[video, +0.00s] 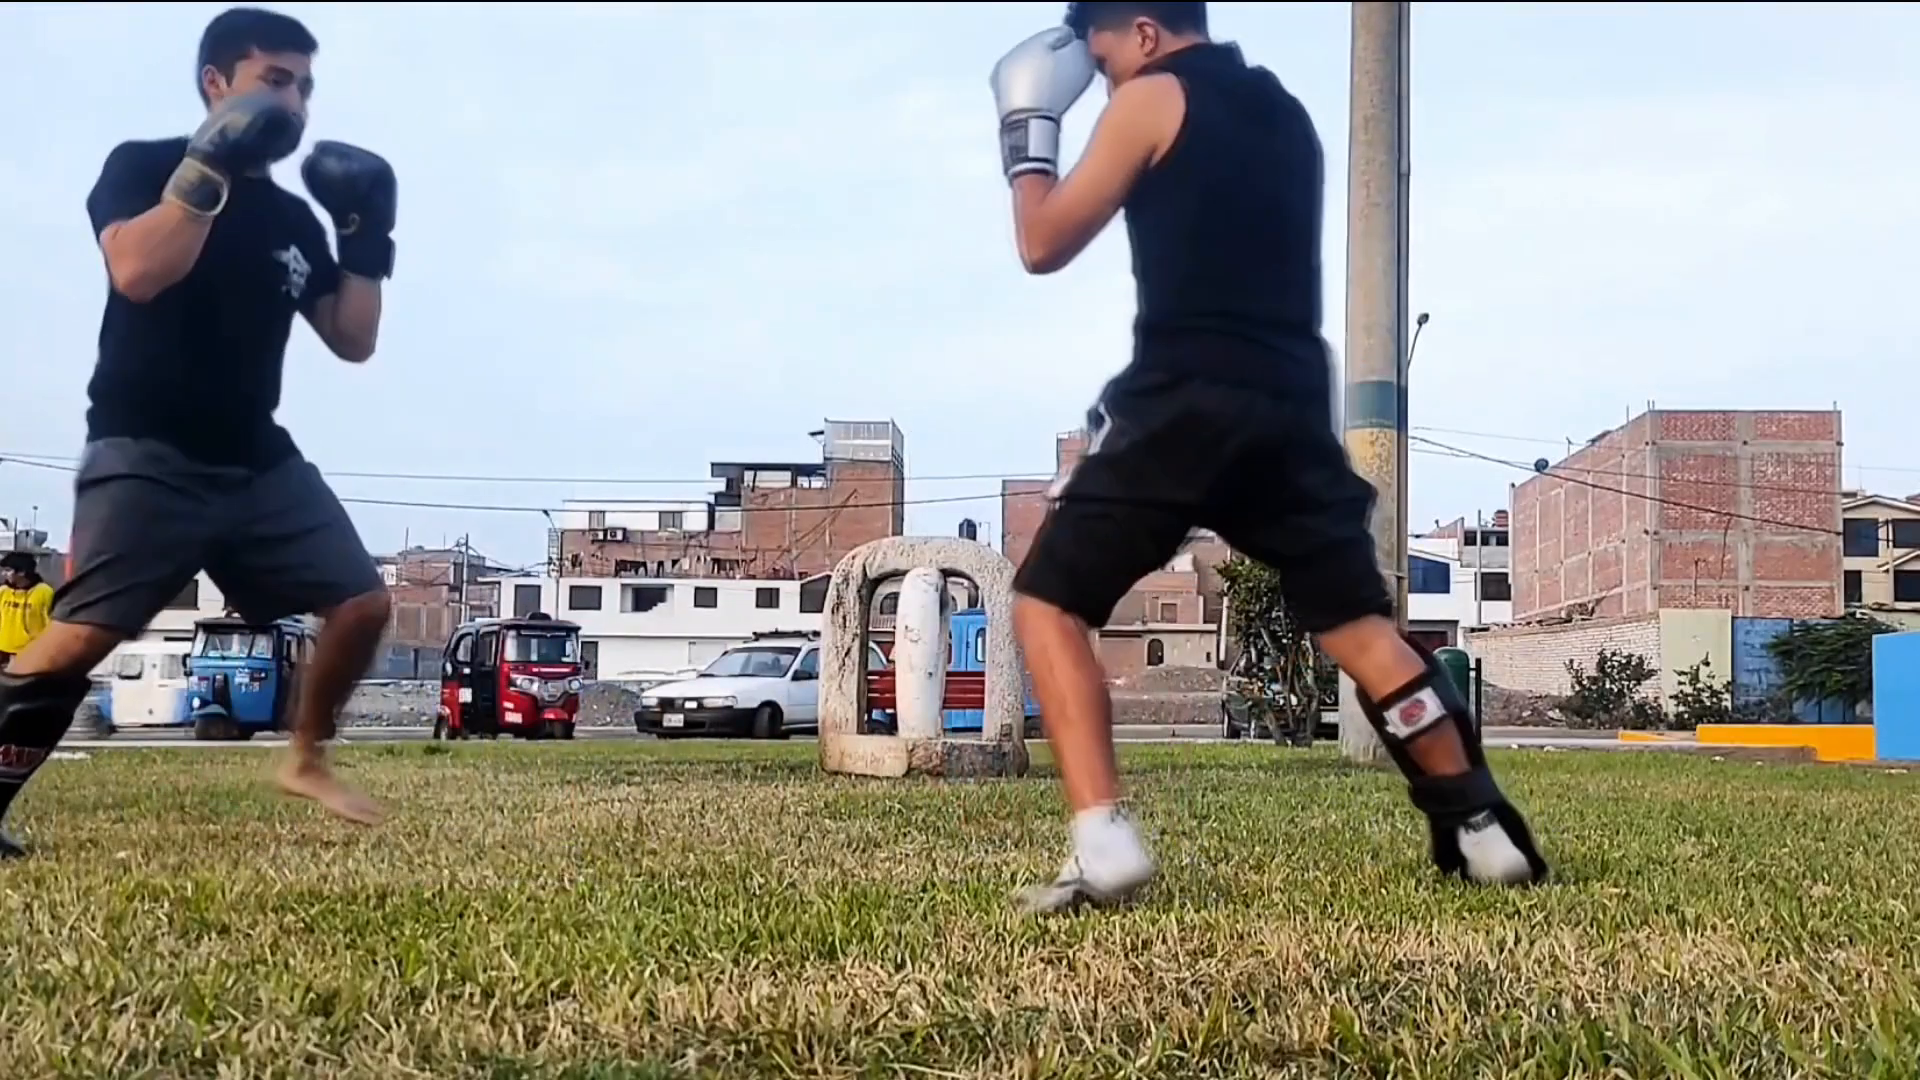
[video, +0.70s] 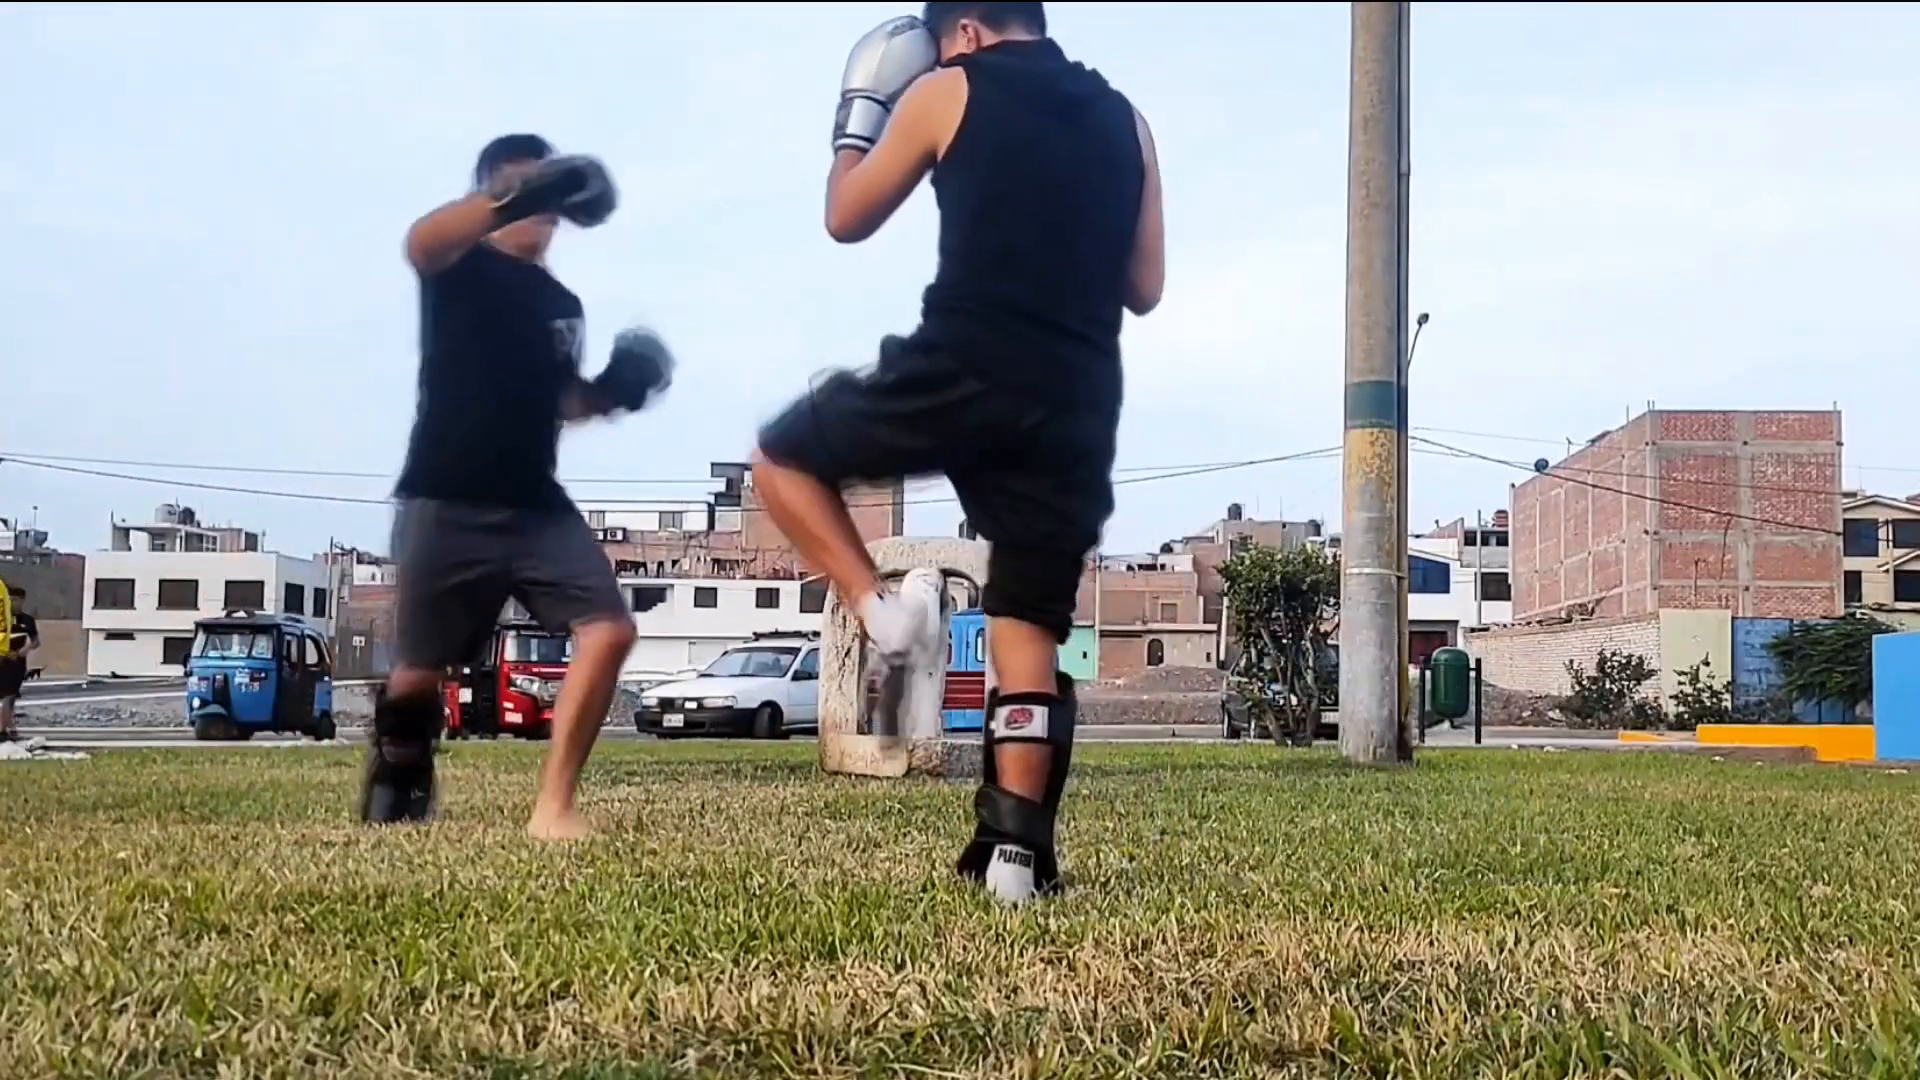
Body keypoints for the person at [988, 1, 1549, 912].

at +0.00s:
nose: (1103, 76)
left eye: (1103, 56)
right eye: (1098, 60)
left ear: (1144, 30)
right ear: (1184, 24)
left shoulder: (1152, 98)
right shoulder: (1285, 113)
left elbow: (1040, 244)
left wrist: (1027, 134)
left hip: (1185, 403)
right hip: (1296, 411)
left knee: (1047, 603)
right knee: (1358, 625)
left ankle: (1104, 842)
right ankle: (1486, 834)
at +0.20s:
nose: (1014, 75)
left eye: (1012, 57)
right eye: (1007, 62)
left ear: (1048, 25)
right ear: (1099, 20)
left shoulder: (1052, 96)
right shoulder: (1213, 113)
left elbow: (932, 231)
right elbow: (1240, 281)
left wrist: (926, 119)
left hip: (1101, 409)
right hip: (1218, 411)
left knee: (1031, 634)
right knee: (1260, 609)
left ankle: (1098, 882)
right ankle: (1375, 804)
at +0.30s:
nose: (979, 55)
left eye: (978, 36)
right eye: (977, 40)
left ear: (1013, 14)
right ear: (1073, 11)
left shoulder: (1014, 84)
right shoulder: (1188, 99)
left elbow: (906, 220)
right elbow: (1226, 268)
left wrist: (904, 106)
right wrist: (1123, 238)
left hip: (1076, 379)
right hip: (1194, 383)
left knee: (1041, 629)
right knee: (1194, 609)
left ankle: (1100, 881)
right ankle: (1235, 793)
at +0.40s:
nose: (963, 47)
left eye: (962, 30)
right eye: (961, 34)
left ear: (995, 20)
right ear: (1064, 16)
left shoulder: (988, 86)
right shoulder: (1169, 98)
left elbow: (883, 219)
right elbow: (1214, 264)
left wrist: (885, 108)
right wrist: (1114, 210)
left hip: (1047, 376)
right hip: (1164, 385)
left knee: (1040, 632)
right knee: (1127, 629)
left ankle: (1102, 887)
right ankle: (1087, 816)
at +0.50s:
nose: (958, 62)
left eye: (957, 47)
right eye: (957, 49)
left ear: (990, 33)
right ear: (1058, 27)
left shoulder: (978, 97)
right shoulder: (1158, 117)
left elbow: (870, 224)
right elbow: (1192, 279)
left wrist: (878, 119)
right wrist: (1100, 224)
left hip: (1008, 390)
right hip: (1124, 407)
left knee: (940, 628)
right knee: (1054, 632)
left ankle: (1065, 838)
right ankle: (1027, 859)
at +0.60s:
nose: (956, 71)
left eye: (955, 57)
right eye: (955, 59)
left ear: (982, 40)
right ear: (1052, 35)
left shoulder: (967, 98)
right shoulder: (1146, 126)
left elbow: (861, 223)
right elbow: (1170, 296)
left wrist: (878, 113)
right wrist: (1084, 227)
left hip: (988, 386)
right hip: (1104, 408)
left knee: (825, 556)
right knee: (1040, 629)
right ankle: (1020, 858)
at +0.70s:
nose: (938, 54)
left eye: (939, 39)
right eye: (939, 41)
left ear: (968, 28)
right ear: (1041, 27)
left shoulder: (949, 90)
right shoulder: (1128, 121)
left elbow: (846, 215)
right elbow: (1145, 289)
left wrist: (865, 110)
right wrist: (1067, 222)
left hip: (963, 368)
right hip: (1079, 398)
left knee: (780, 460)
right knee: (1026, 622)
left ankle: (880, 612)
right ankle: (1017, 856)